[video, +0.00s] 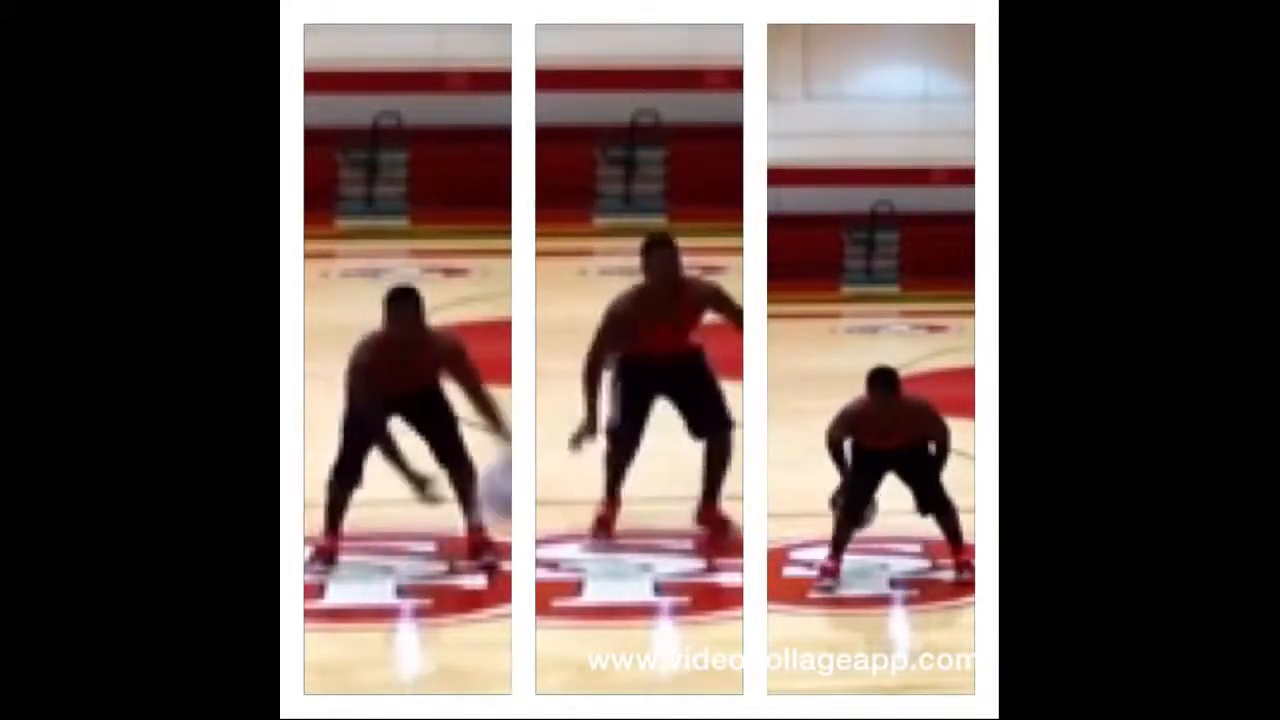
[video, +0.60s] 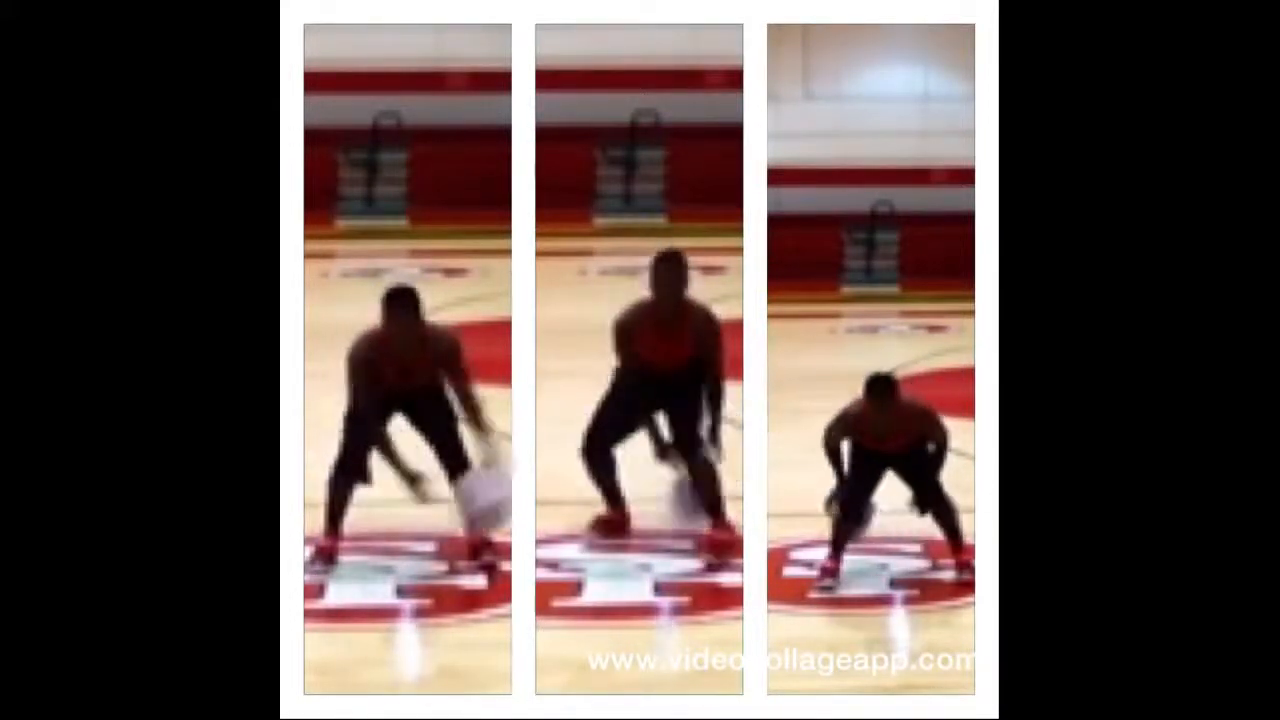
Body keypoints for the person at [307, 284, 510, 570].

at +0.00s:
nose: (405, 330)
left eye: (412, 320)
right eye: (398, 321)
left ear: (422, 318)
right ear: (387, 320)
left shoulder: (441, 347)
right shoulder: (368, 356)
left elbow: (474, 390)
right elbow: (375, 428)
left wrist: (501, 429)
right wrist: (412, 477)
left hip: (420, 396)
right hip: (371, 402)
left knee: (460, 464)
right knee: (346, 472)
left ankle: (476, 533)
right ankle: (330, 539)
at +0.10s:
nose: (399, 332)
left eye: (406, 321)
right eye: (391, 322)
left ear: (416, 317)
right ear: (380, 318)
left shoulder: (437, 348)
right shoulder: (361, 352)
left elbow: (438, 415)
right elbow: (350, 414)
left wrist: (410, 466)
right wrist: (351, 463)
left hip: (421, 398)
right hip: (372, 399)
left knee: (459, 463)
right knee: (345, 466)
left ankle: (476, 534)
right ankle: (329, 539)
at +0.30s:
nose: (395, 333)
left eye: (402, 324)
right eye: (388, 324)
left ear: (412, 320)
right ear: (377, 321)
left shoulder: (432, 347)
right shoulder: (358, 349)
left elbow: (422, 422)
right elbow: (338, 397)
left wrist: (388, 462)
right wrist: (321, 442)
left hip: (424, 398)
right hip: (374, 398)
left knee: (455, 461)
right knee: (347, 459)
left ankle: (477, 534)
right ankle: (328, 542)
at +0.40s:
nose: (400, 335)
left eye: (407, 325)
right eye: (393, 325)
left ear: (417, 319)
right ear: (382, 321)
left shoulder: (439, 346)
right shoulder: (364, 355)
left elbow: (451, 409)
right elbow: (366, 425)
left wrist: (445, 453)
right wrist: (399, 470)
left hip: (428, 398)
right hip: (377, 402)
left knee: (459, 463)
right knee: (347, 465)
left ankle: (477, 536)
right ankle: (330, 539)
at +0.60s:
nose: (402, 335)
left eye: (409, 325)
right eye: (395, 326)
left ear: (420, 319)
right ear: (384, 321)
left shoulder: (441, 343)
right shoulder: (365, 353)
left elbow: (464, 392)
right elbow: (371, 425)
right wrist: (406, 474)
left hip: (423, 394)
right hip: (375, 398)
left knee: (455, 457)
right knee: (348, 465)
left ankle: (478, 536)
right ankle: (330, 538)